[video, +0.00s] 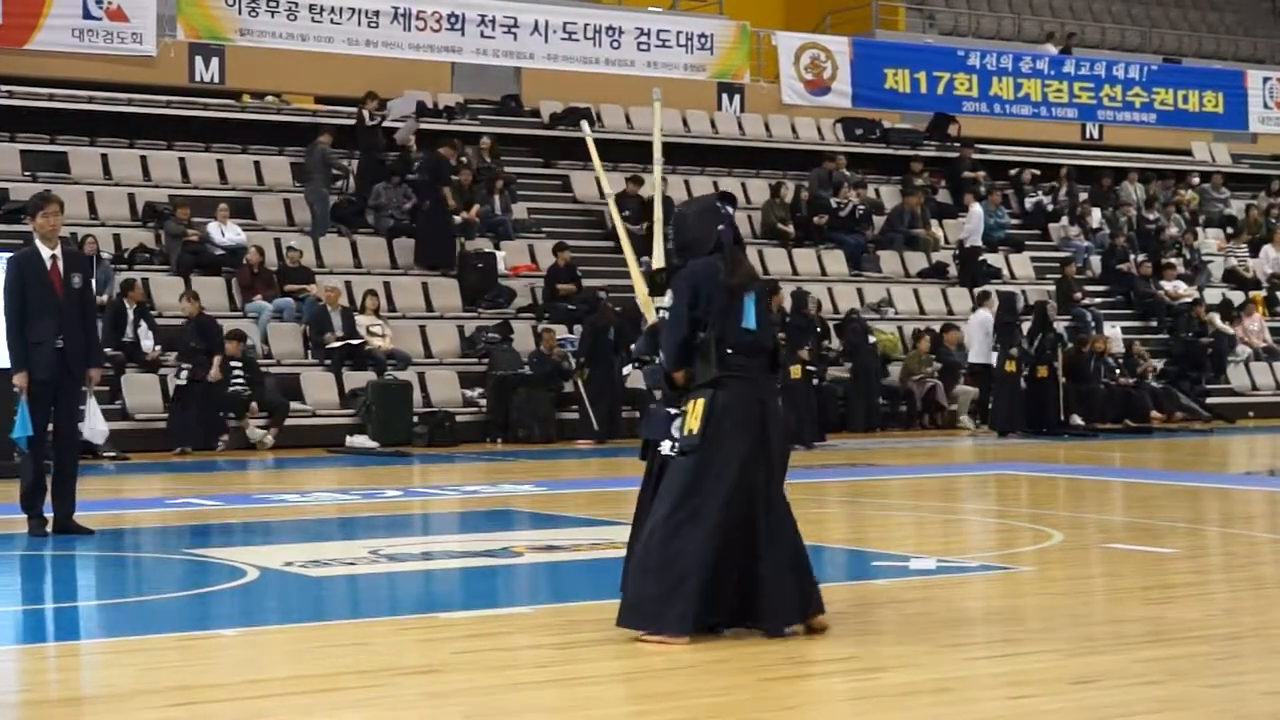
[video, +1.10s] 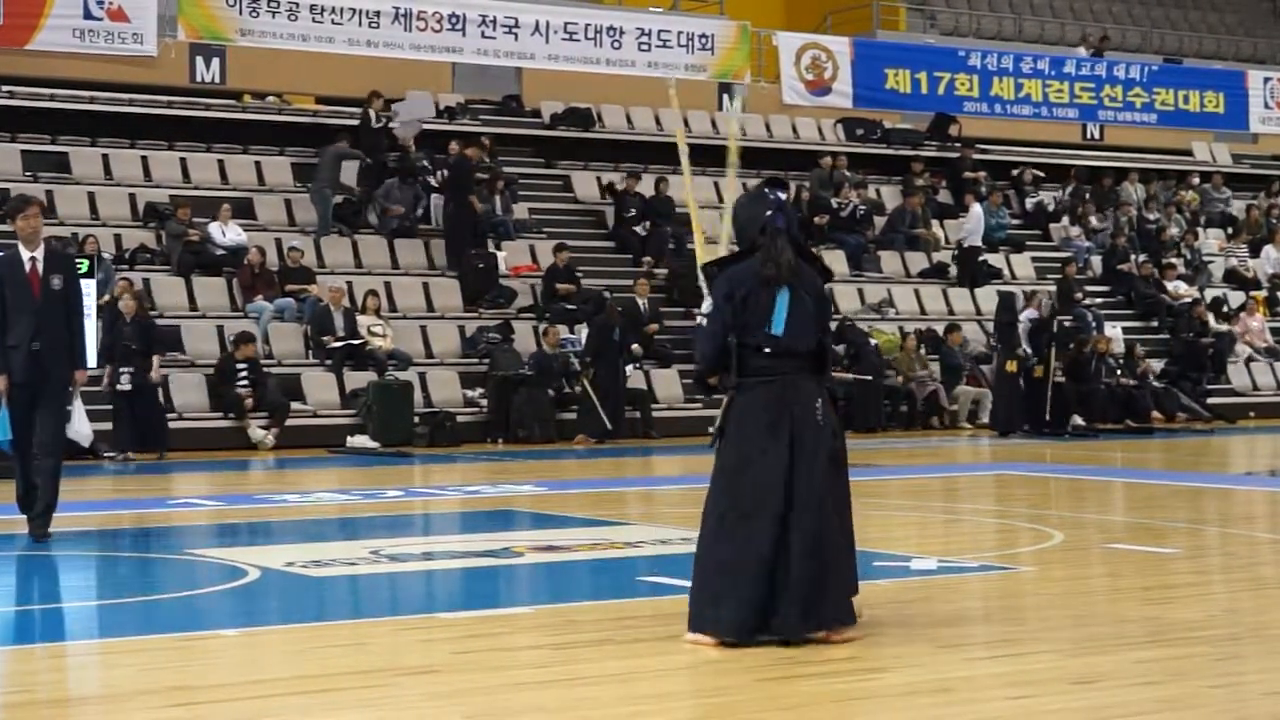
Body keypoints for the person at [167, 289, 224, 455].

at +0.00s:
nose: (182, 309)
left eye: (184, 305)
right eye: (181, 306)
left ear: (194, 303)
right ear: (187, 304)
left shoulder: (207, 321)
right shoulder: (189, 324)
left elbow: (218, 345)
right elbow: (186, 347)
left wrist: (215, 367)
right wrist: (177, 359)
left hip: (206, 369)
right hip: (189, 368)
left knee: (204, 401)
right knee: (181, 403)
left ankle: (221, 433)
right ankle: (184, 442)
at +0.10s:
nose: (177, 306)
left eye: (180, 302)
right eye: (175, 303)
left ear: (189, 303)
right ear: (175, 305)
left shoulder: (202, 321)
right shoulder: (179, 324)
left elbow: (215, 344)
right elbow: (175, 347)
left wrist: (219, 365)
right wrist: (166, 356)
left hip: (200, 365)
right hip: (183, 366)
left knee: (197, 401)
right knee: (181, 401)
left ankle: (205, 437)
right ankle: (184, 442)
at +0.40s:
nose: (166, 307)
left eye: (169, 304)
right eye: (163, 304)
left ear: (175, 306)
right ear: (159, 308)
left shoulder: (187, 324)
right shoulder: (158, 329)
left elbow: (202, 343)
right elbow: (150, 350)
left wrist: (214, 363)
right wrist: (144, 366)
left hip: (186, 371)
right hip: (166, 372)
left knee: (182, 408)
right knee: (166, 407)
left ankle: (179, 443)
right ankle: (167, 444)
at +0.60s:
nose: (159, 304)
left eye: (162, 300)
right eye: (156, 301)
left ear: (169, 303)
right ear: (152, 304)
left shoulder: (181, 322)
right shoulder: (150, 325)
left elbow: (195, 348)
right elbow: (144, 351)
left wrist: (201, 368)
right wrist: (138, 373)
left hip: (178, 370)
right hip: (156, 370)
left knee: (176, 407)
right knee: (155, 406)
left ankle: (171, 446)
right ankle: (162, 445)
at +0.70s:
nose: (155, 304)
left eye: (159, 300)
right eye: (152, 301)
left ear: (165, 303)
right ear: (147, 304)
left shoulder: (175, 321)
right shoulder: (142, 324)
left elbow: (186, 348)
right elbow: (139, 350)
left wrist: (187, 369)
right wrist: (137, 371)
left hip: (172, 369)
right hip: (150, 369)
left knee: (172, 407)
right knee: (150, 408)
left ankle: (171, 445)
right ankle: (156, 445)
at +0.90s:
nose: (143, 306)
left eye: (146, 302)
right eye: (140, 302)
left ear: (153, 304)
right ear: (136, 305)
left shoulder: (163, 323)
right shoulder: (134, 326)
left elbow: (170, 347)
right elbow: (130, 354)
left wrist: (162, 365)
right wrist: (128, 376)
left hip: (159, 373)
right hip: (139, 373)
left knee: (164, 411)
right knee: (138, 410)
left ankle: (167, 447)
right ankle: (137, 445)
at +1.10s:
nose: (125, 305)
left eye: (129, 301)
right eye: (123, 301)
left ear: (137, 304)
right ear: (118, 304)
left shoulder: (146, 323)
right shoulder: (116, 325)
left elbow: (156, 348)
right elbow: (111, 356)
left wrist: (155, 369)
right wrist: (106, 377)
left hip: (142, 372)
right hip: (121, 372)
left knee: (151, 410)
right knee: (122, 411)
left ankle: (160, 445)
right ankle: (124, 448)